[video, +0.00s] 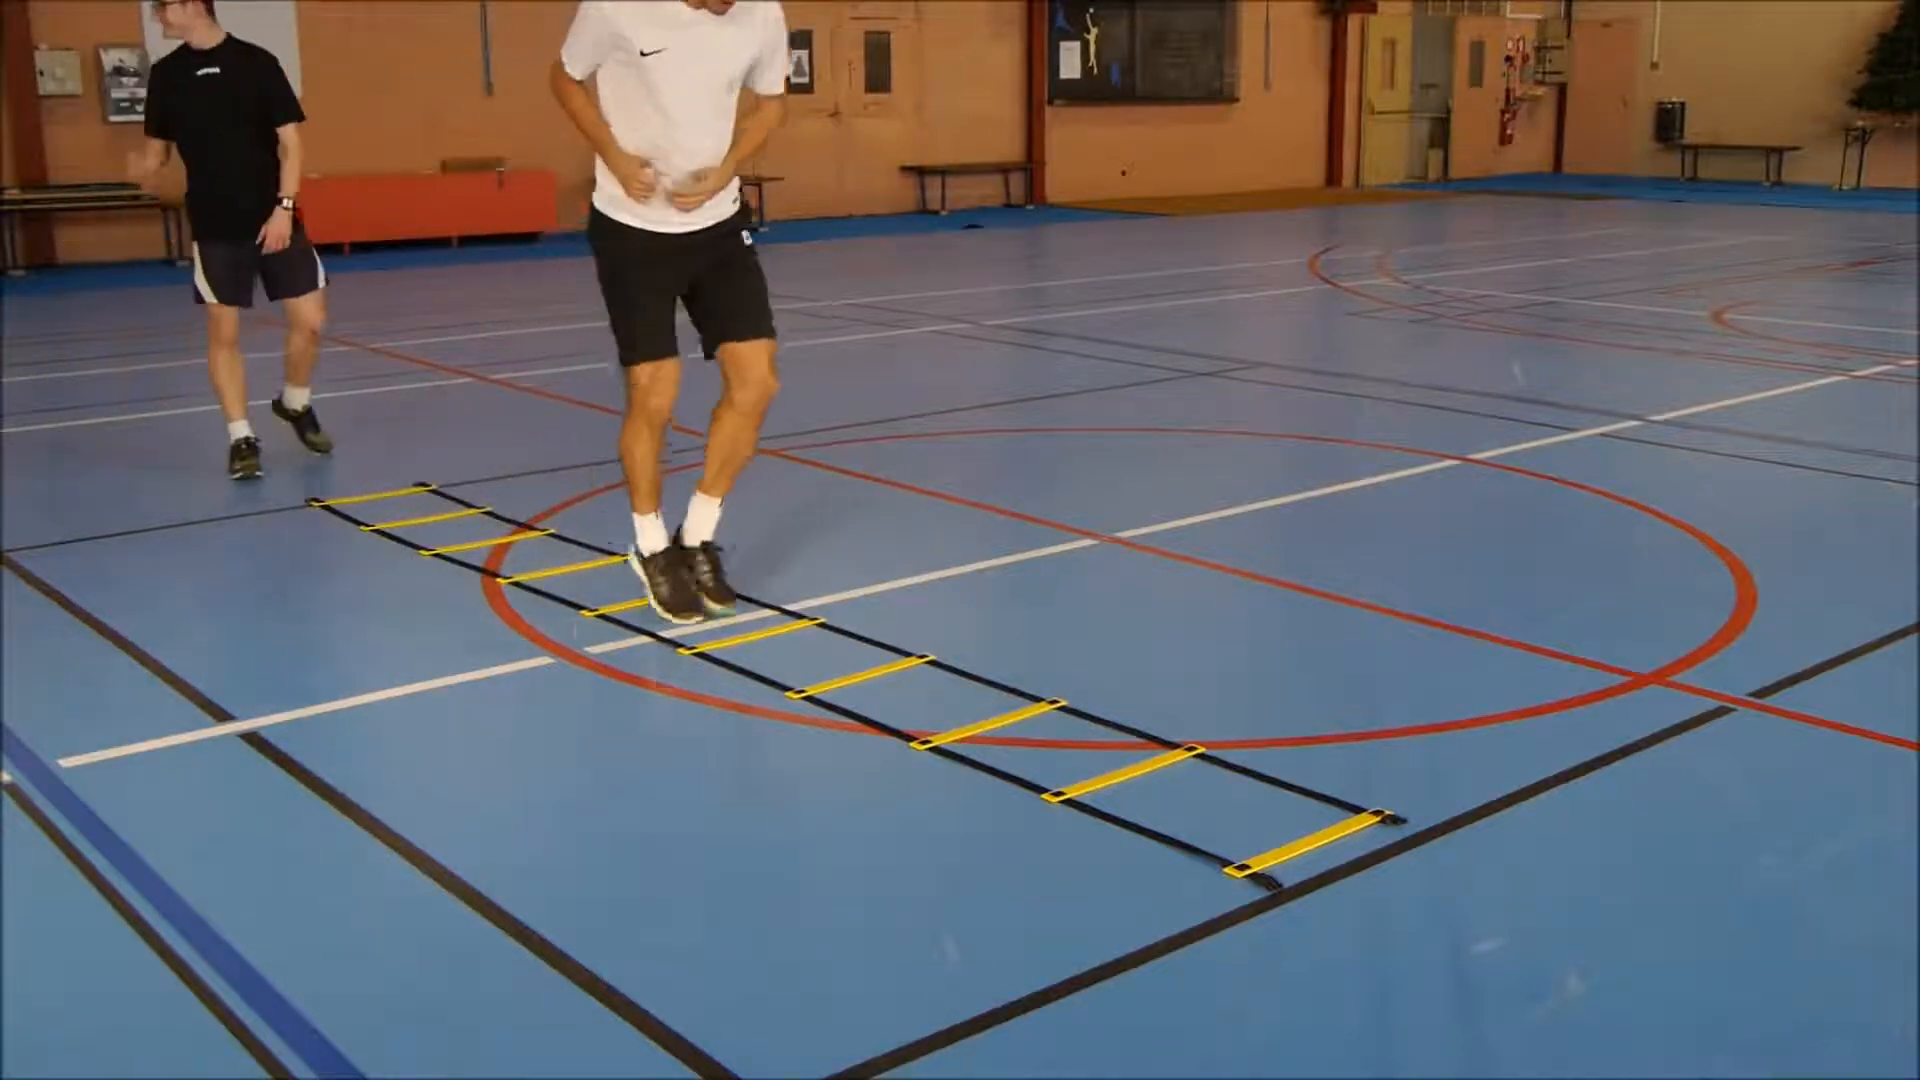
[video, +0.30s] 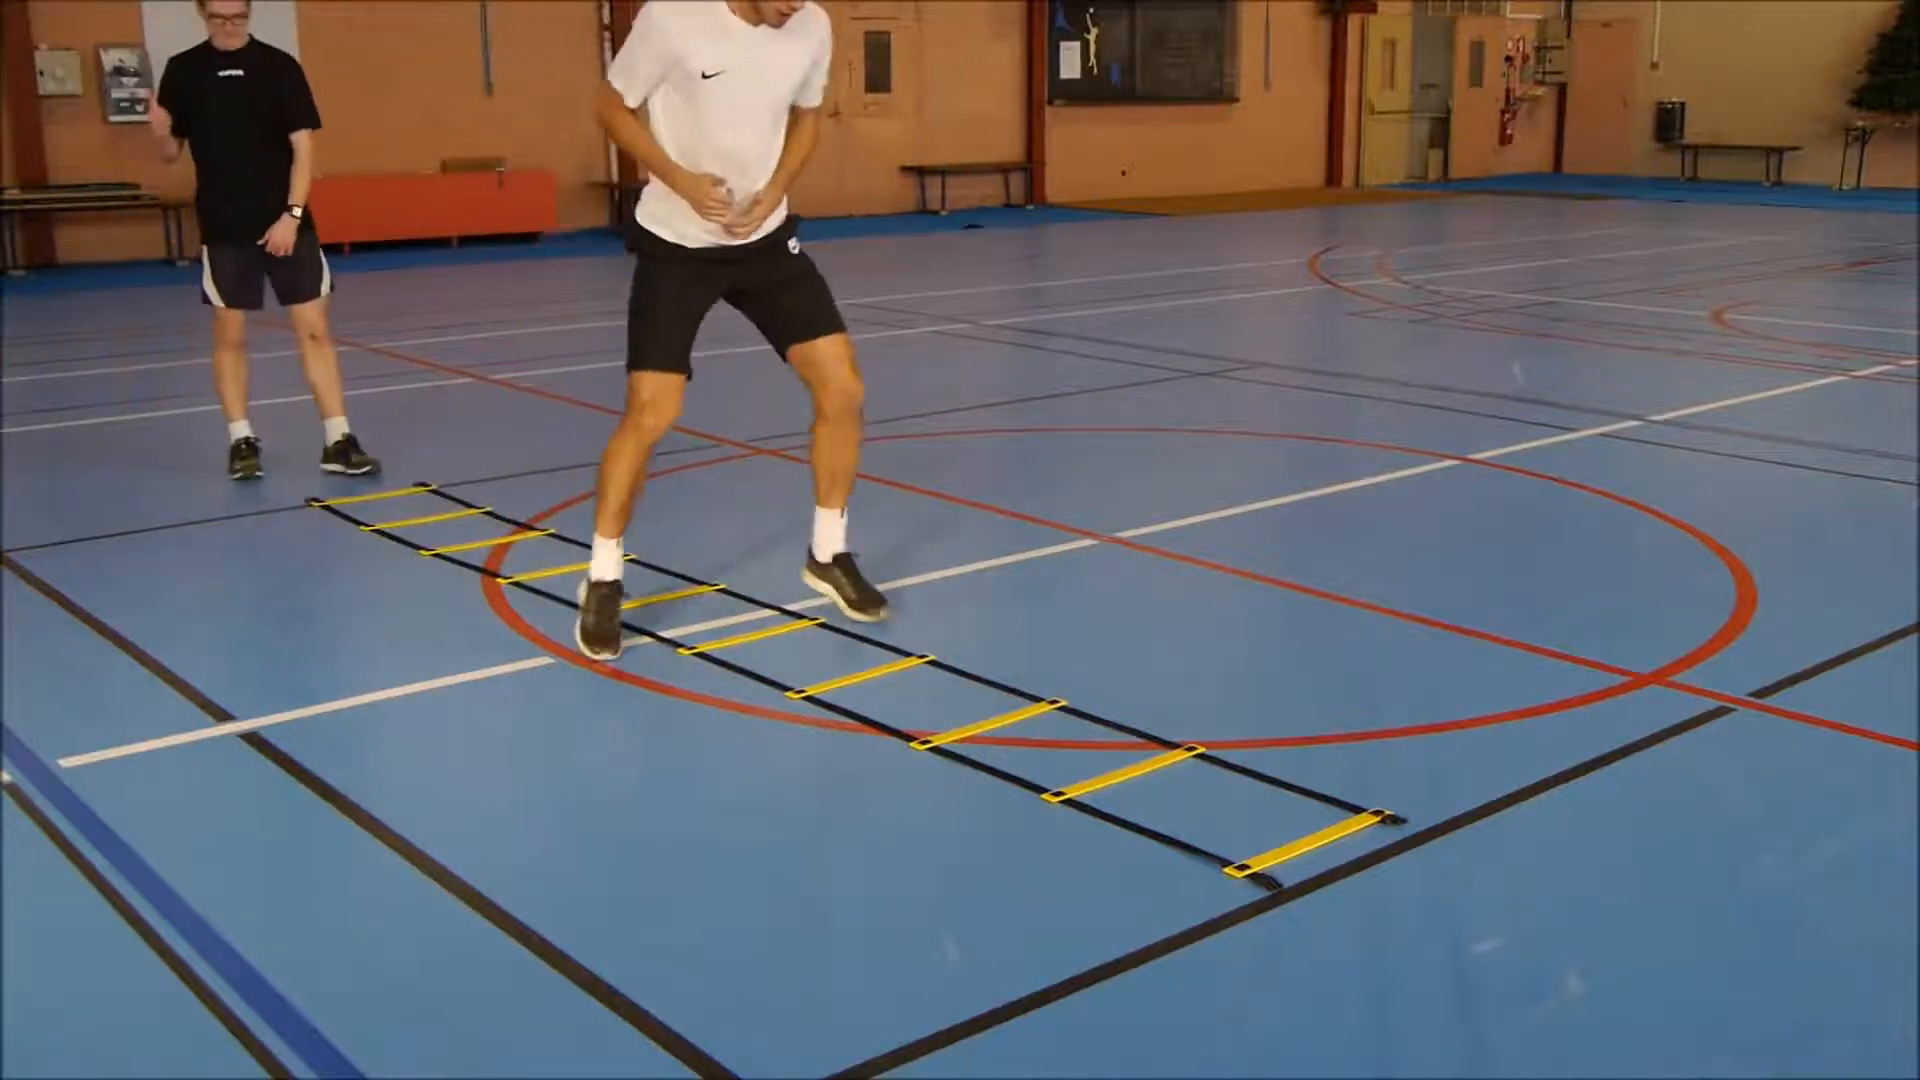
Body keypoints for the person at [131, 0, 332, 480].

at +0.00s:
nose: (161, 14)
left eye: (169, 5)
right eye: (160, 7)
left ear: (198, 7)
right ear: (185, 14)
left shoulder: (257, 62)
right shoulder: (165, 74)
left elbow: (291, 140)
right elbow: (156, 152)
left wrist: (285, 209)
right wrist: (144, 167)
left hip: (273, 215)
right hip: (214, 223)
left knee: (310, 319)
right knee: (225, 332)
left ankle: (295, 402)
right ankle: (241, 438)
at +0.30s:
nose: (230, 24)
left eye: (238, 16)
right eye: (220, 17)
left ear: (250, 13)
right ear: (203, 14)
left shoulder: (281, 66)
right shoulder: (183, 70)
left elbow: (303, 148)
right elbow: (171, 153)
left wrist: (293, 215)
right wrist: (161, 132)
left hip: (284, 218)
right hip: (223, 225)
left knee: (314, 329)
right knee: (230, 334)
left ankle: (338, 439)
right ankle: (241, 439)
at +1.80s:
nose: (321, 31)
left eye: (330, 21)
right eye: (311, 20)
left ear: (339, 18)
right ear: (289, 14)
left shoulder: (355, 70)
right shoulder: (253, 66)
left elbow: (373, 136)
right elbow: (227, 138)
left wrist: (361, 148)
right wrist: (235, 214)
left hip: (335, 226)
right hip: (273, 228)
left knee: (339, 337)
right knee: (275, 339)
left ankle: (337, 447)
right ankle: (271, 448)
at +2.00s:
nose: (325, 34)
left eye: (334, 24)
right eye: (315, 23)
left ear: (343, 18)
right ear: (293, 14)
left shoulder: (358, 69)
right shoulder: (258, 65)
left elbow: (375, 137)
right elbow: (231, 145)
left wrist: (368, 153)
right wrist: (254, 212)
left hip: (337, 225)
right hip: (278, 226)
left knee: (341, 337)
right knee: (277, 338)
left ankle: (337, 447)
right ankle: (274, 447)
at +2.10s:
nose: (323, 43)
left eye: (332, 33)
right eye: (313, 33)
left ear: (341, 21)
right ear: (291, 19)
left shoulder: (354, 70)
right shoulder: (254, 68)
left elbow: (373, 136)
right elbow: (229, 149)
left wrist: (366, 157)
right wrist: (259, 206)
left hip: (335, 224)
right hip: (276, 225)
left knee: (340, 338)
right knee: (277, 339)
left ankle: (336, 447)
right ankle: (275, 448)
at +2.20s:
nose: (320, 57)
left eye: (327, 49)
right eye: (311, 48)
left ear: (337, 34)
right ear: (287, 29)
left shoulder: (344, 71)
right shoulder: (247, 75)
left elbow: (357, 136)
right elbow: (222, 154)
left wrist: (359, 157)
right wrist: (271, 202)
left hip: (333, 226)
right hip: (273, 233)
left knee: (342, 339)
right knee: (277, 341)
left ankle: (337, 447)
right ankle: (276, 449)